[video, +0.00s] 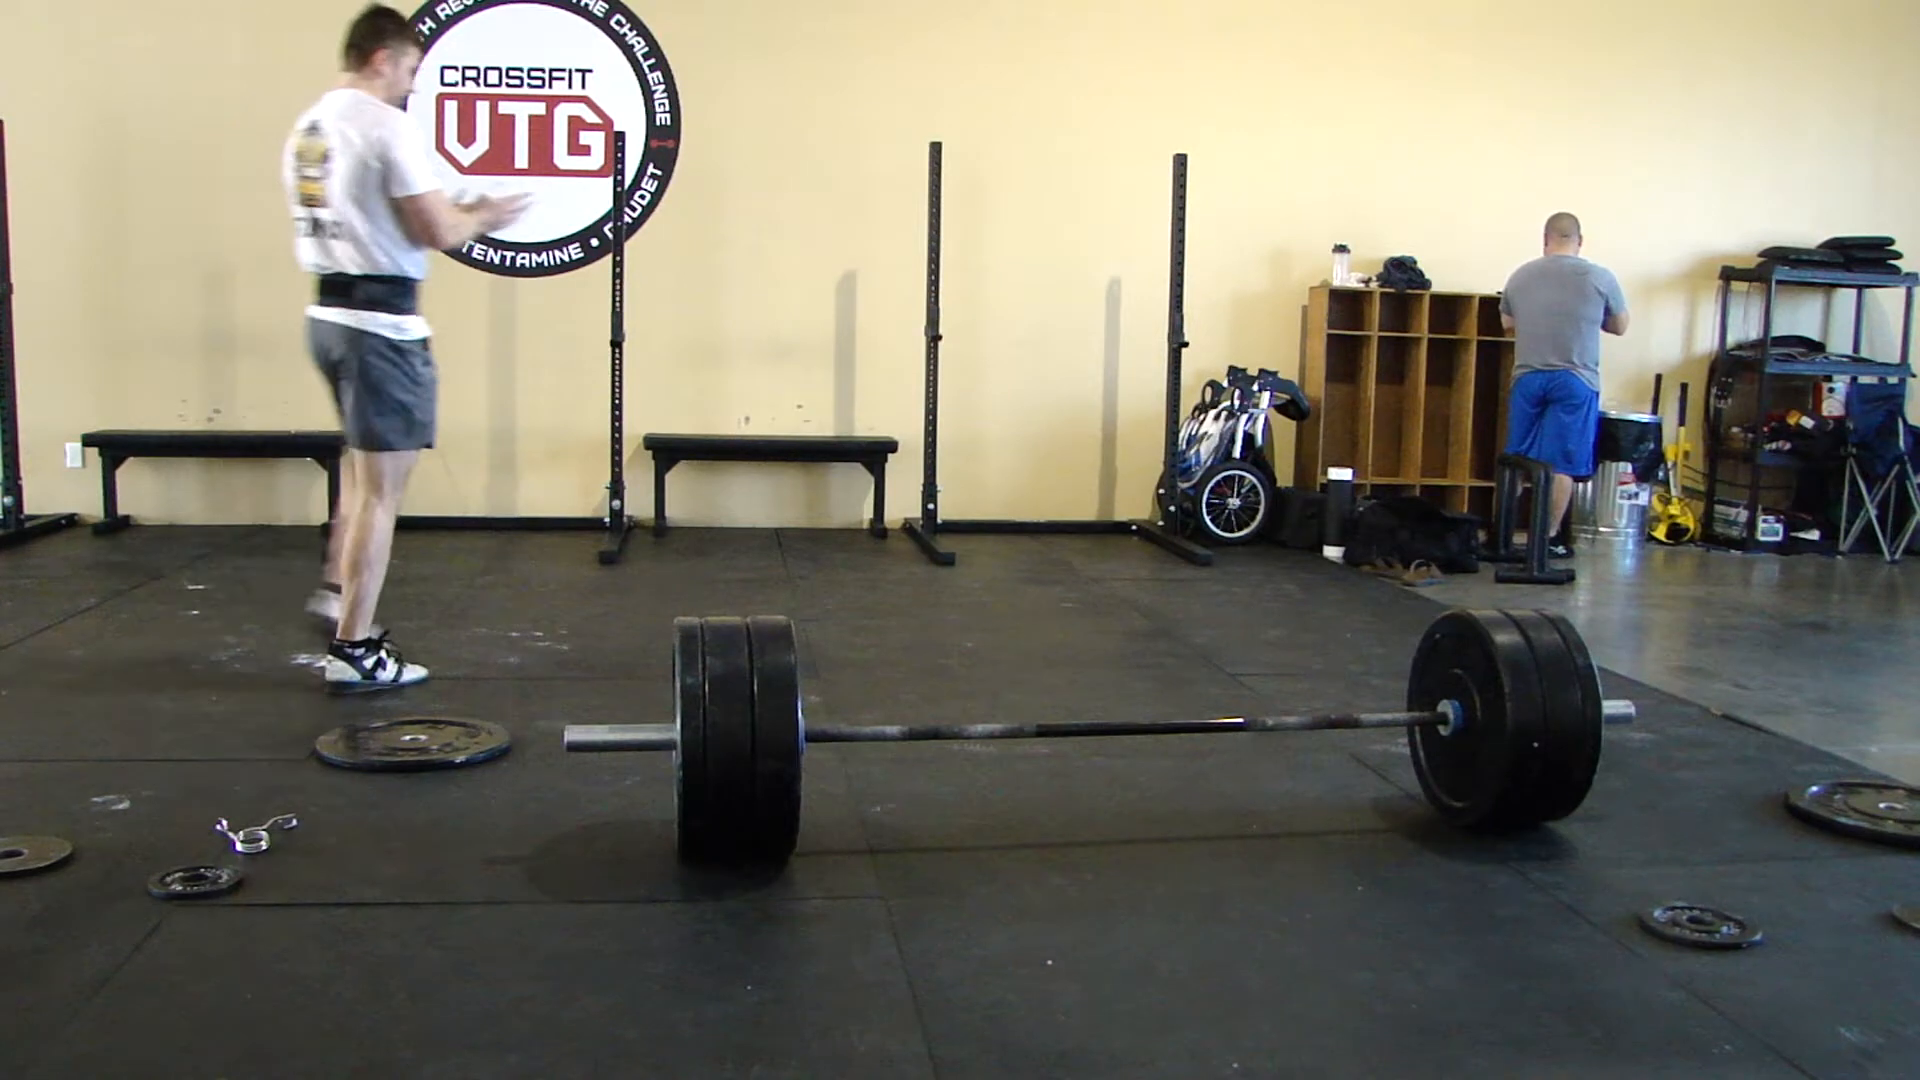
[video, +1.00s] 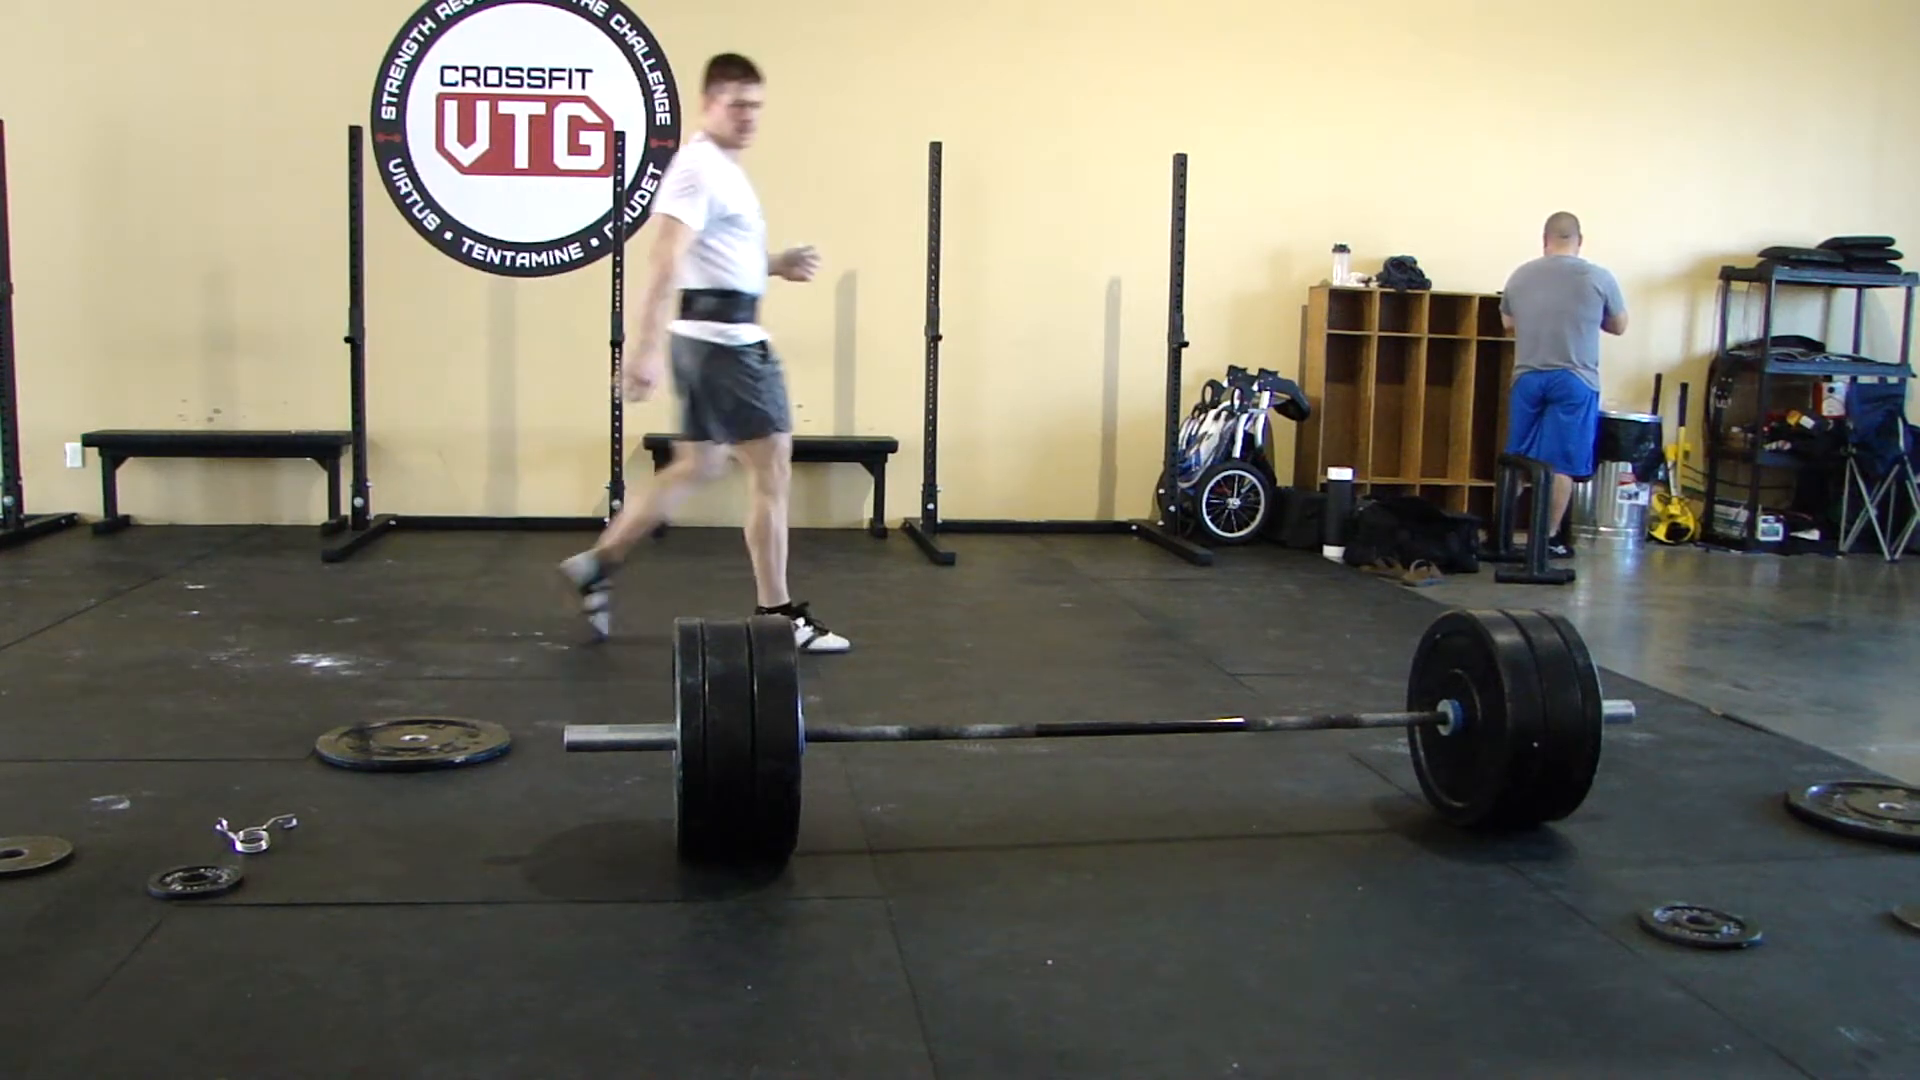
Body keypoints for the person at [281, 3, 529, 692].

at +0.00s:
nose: (413, 85)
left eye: (415, 72)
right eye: (411, 70)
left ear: (360, 58)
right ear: (383, 58)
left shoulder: (311, 122)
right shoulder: (383, 125)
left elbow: (367, 216)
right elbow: (435, 228)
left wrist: (458, 208)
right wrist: (487, 214)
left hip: (329, 324)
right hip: (383, 334)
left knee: (361, 465)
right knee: (380, 495)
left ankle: (336, 591)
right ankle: (357, 646)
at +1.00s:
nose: (748, 117)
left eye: (755, 107)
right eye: (737, 105)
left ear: (758, 109)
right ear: (706, 104)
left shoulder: (724, 169)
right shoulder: (697, 165)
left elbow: (720, 256)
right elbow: (664, 257)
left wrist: (776, 264)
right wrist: (645, 348)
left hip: (707, 339)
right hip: (727, 341)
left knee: (698, 465)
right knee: (772, 473)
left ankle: (597, 563)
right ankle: (777, 613)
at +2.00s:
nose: (958, 106)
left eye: (967, 98)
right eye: (948, 98)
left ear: (981, 110)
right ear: (928, 109)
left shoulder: (1005, 177)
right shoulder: (893, 169)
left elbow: (1037, 236)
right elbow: (850, 242)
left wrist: (1054, 283)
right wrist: (825, 321)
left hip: (977, 342)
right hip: (909, 340)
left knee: (979, 472)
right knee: (893, 470)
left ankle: (969, 601)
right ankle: (890, 600)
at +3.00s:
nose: (955, 99)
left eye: (965, 92)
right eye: (945, 92)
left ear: (979, 107)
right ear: (926, 106)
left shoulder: (1004, 176)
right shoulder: (893, 172)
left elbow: (1036, 248)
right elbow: (855, 245)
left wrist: (1055, 317)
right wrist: (842, 317)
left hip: (981, 341)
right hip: (913, 339)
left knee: (983, 468)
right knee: (906, 464)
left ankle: (974, 599)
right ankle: (897, 598)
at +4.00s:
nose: (983, 132)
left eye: (993, 121)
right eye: (972, 119)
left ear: (1005, 125)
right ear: (946, 120)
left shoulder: (1026, 192)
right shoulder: (907, 186)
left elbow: (1053, 271)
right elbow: (861, 264)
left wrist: (1074, 349)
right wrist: (857, 336)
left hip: (998, 361)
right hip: (923, 361)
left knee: (1020, 482)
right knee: (910, 488)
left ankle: (1025, 637)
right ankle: (900, 596)